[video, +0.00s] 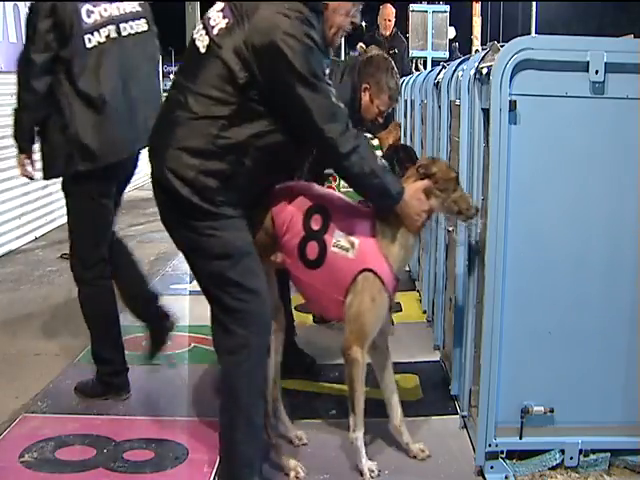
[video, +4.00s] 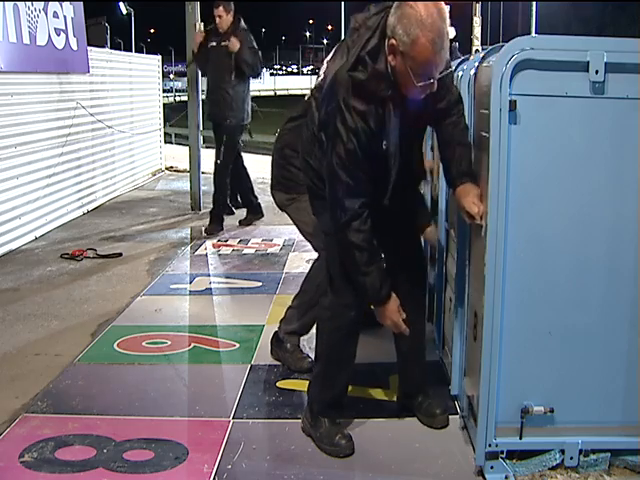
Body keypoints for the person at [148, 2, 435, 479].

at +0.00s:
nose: (351, 19)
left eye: (354, 12)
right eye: (348, 9)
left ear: (329, 7)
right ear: (324, 2)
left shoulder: (294, 22)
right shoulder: (283, 28)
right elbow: (331, 130)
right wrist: (395, 198)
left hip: (231, 174)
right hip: (197, 176)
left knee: (272, 262)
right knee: (249, 316)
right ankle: (245, 466)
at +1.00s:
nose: (476, 26)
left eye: (481, 18)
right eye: (476, 14)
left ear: (461, 9)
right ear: (453, 0)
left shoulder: (446, 37)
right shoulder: (390, 11)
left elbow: (441, 110)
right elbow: (358, 94)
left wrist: (431, 156)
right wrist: (399, 148)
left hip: (380, 163)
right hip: (333, 160)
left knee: (385, 279)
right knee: (351, 287)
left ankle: (376, 389)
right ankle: (337, 427)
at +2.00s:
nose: (467, 68)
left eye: (471, 59)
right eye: (464, 58)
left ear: (436, 44)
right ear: (432, 44)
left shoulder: (426, 65)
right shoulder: (385, 88)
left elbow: (429, 129)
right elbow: (375, 194)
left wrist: (459, 166)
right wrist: (437, 223)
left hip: (378, 173)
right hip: (327, 172)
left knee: (413, 275)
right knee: (357, 292)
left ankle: (415, 386)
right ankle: (323, 413)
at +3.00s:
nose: (464, 101)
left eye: (469, 88)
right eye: (453, 91)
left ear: (475, 55)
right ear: (425, 71)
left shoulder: (458, 34)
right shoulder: (403, 117)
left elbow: (510, 23)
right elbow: (440, 210)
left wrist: (578, 28)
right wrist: (505, 238)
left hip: (411, 187)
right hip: (359, 186)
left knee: (439, 273)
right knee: (374, 300)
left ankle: (420, 382)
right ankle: (322, 409)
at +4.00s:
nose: (430, 84)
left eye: (438, 71)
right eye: (421, 73)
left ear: (446, 47)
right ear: (393, 51)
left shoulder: (433, 55)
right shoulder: (353, 87)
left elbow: (449, 116)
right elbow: (349, 203)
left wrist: (463, 181)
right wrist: (379, 295)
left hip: (384, 182)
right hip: (318, 181)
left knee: (410, 277)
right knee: (348, 289)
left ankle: (416, 388)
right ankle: (322, 411)